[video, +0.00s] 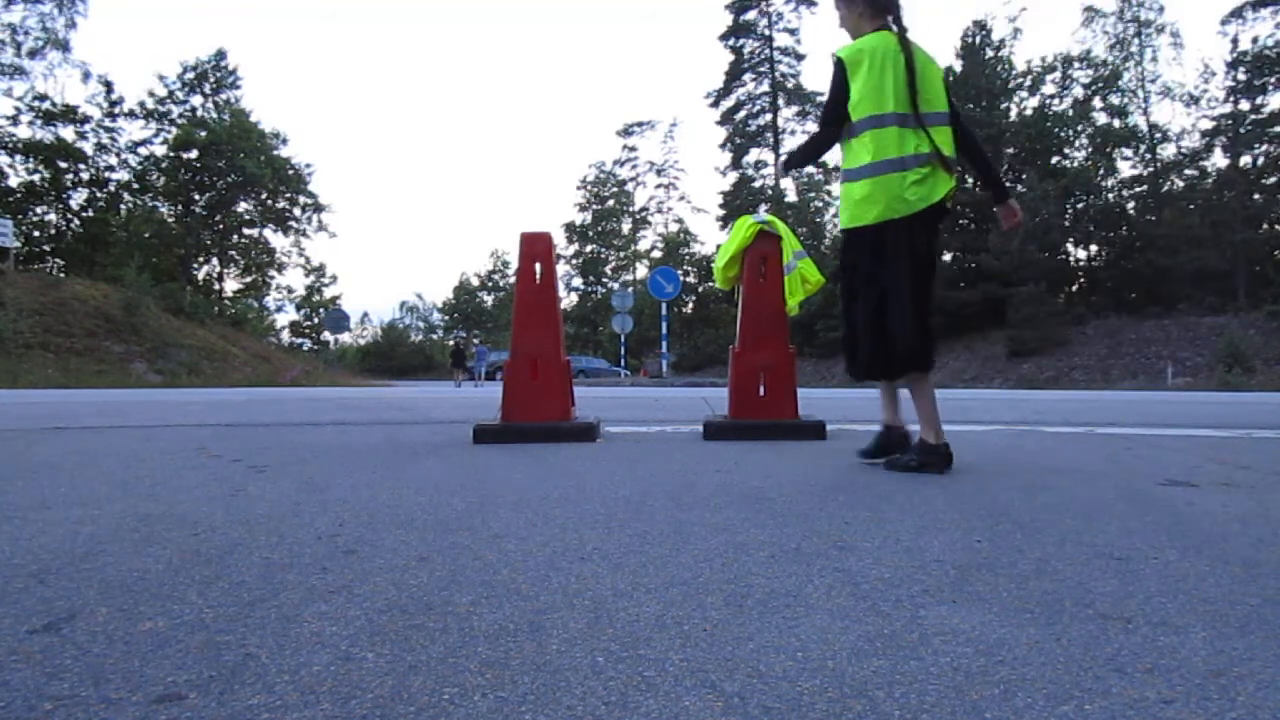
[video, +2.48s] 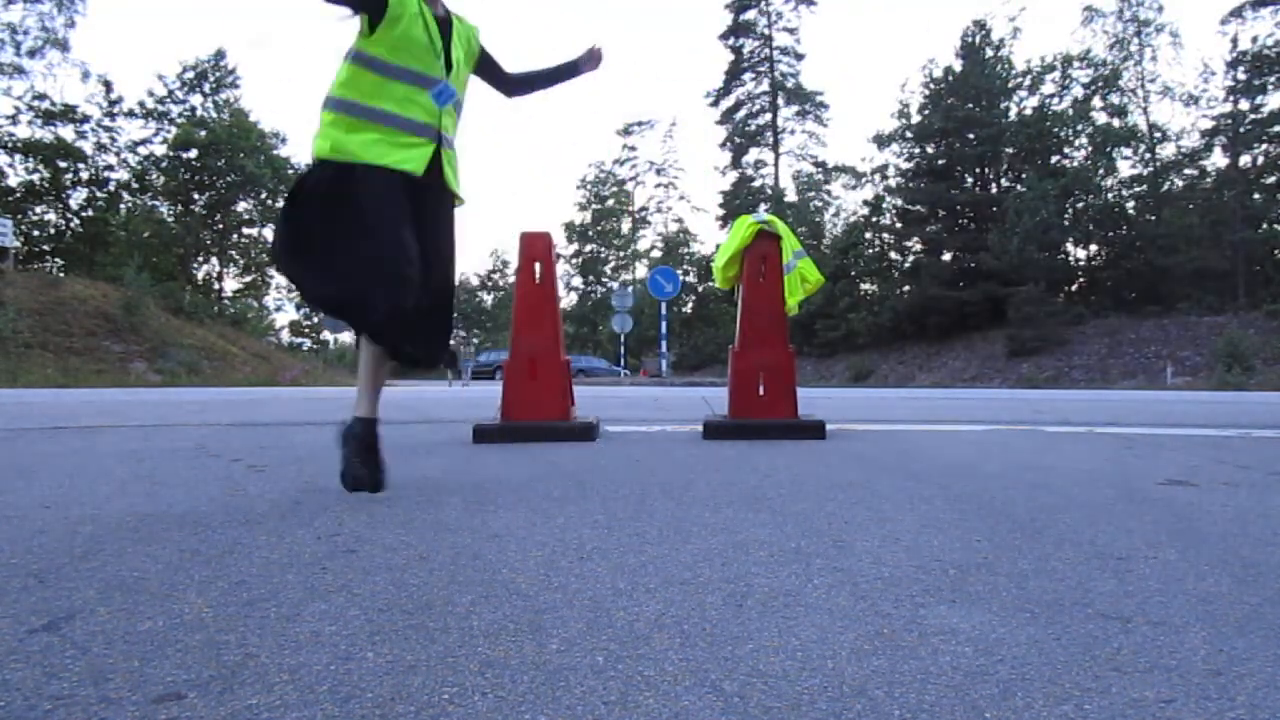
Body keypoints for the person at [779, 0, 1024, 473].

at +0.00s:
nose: (840, 20)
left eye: (841, 10)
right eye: (839, 11)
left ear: (859, 9)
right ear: (885, 11)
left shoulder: (853, 56)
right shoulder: (926, 62)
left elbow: (831, 129)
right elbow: (959, 132)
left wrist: (788, 162)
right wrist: (999, 195)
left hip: (872, 211)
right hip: (920, 205)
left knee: (888, 322)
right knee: (892, 320)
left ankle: (931, 444)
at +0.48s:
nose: (722, 39)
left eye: (728, 31)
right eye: (725, 31)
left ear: (750, 35)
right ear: (764, 37)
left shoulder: (745, 81)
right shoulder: (783, 87)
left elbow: (728, 148)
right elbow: (791, 159)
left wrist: (697, 198)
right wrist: (803, 223)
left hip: (753, 230)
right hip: (780, 228)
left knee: (740, 331)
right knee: (755, 330)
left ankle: (808, 403)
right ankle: (759, 433)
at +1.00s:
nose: (655, 37)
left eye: (666, 32)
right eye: (649, 30)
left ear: (682, 49)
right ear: (641, 44)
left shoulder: (698, 104)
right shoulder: (613, 105)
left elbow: (747, 162)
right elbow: (552, 140)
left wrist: (807, 189)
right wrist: (484, 148)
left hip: (670, 243)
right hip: (620, 240)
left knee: (627, 332)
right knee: (582, 327)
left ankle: (623, 437)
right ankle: (642, 395)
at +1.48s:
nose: (632, 43)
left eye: (630, 35)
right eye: (630, 33)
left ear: (586, 35)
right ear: (618, 29)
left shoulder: (568, 88)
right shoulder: (610, 66)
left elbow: (547, 152)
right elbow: (662, 80)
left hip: (555, 223)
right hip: (599, 218)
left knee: (577, 332)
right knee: (628, 331)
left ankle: (533, 432)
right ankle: (589, 444)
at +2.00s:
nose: (453, 17)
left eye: (458, 6)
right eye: (454, 8)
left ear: (483, 7)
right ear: (490, 10)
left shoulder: (500, 48)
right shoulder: (502, 58)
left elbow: (503, 74)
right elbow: (475, 110)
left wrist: (486, 75)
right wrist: (426, 111)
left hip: (496, 222)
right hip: (526, 220)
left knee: (451, 334)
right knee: (536, 333)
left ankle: (406, 444)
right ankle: (571, 443)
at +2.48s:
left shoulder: (463, 36)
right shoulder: (391, 6)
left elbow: (510, 84)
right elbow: (343, 0)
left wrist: (578, 66)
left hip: (426, 177)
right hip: (364, 160)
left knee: (412, 304)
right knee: (388, 285)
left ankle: (364, 419)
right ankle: (363, 427)